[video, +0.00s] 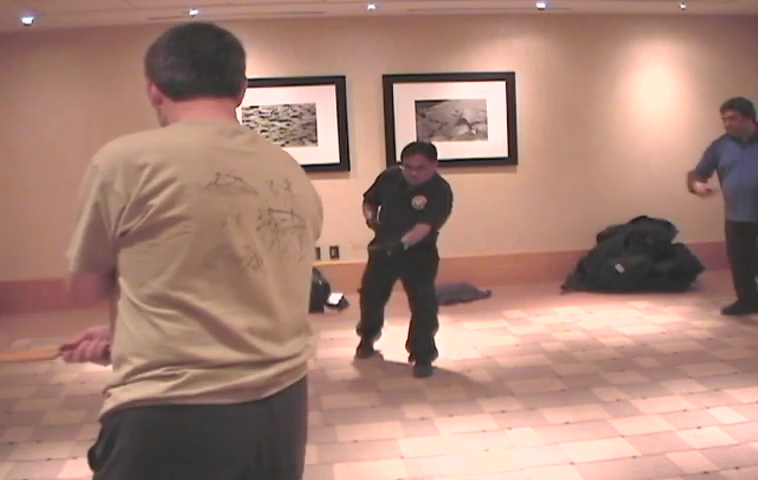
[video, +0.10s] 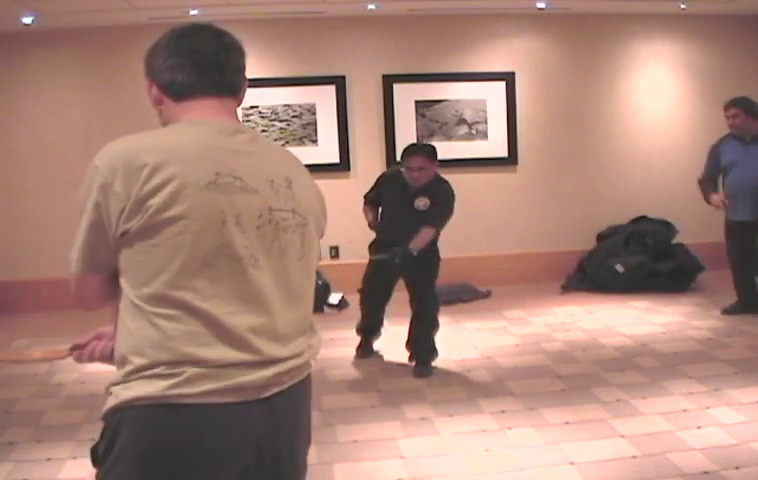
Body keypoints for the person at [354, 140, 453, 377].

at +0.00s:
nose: (413, 174)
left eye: (420, 168)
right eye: (408, 167)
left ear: (434, 166)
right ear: (401, 164)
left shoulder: (441, 191)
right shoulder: (389, 178)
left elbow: (426, 225)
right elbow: (369, 201)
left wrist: (400, 244)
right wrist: (371, 221)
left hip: (419, 251)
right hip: (384, 247)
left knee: (423, 304)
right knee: (370, 295)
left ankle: (423, 357)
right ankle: (367, 338)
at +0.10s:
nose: (414, 175)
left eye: (421, 170)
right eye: (409, 169)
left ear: (434, 167)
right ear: (402, 166)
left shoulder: (443, 191)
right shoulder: (389, 180)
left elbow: (431, 227)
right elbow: (370, 202)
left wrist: (408, 250)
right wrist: (374, 224)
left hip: (421, 251)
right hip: (386, 247)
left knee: (424, 303)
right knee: (371, 295)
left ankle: (423, 357)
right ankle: (367, 337)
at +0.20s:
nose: (415, 176)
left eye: (422, 170)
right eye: (410, 170)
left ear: (435, 168)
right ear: (403, 166)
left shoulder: (444, 191)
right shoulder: (389, 180)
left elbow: (436, 228)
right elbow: (369, 204)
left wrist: (416, 253)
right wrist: (376, 228)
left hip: (423, 251)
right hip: (386, 248)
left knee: (425, 304)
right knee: (371, 296)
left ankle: (423, 357)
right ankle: (366, 337)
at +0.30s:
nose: (415, 175)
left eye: (422, 169)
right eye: (410, 169)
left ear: (434, 167)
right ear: (402, 167)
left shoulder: (443, 191)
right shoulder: (388, 181)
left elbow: (442, 231)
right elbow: (367, 208)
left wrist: (423, 257)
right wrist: (375, 232)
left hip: (422, 252)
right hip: (386, 249)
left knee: (425, 306)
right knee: (371, 298)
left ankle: (423, 358)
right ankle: (366, 337)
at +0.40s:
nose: (416, 172)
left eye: (422, 166)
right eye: (409, 166)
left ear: (433, 165)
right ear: (401, 165)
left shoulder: (442, 190)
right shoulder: (386, 181)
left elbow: (445, 231)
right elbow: (364, 213)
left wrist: (432, 266)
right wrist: (370, 243)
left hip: (421, 251)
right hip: (384, 249)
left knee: (426, 305)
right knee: (370, 298)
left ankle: (423, 357)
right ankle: (371, 336)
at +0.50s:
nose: (410, 169)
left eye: (416, 163)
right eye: (405, 164)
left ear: (427, 163)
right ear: (396, 164)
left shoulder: (436, 188)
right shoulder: (382, 181)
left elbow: (445, 234)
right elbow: (359, 215)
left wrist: (444, 271)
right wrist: (359, 245)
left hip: (419, 251)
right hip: (382, 250)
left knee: (424, 305)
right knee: (370, 301)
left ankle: (423, 358)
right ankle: (373, 340)